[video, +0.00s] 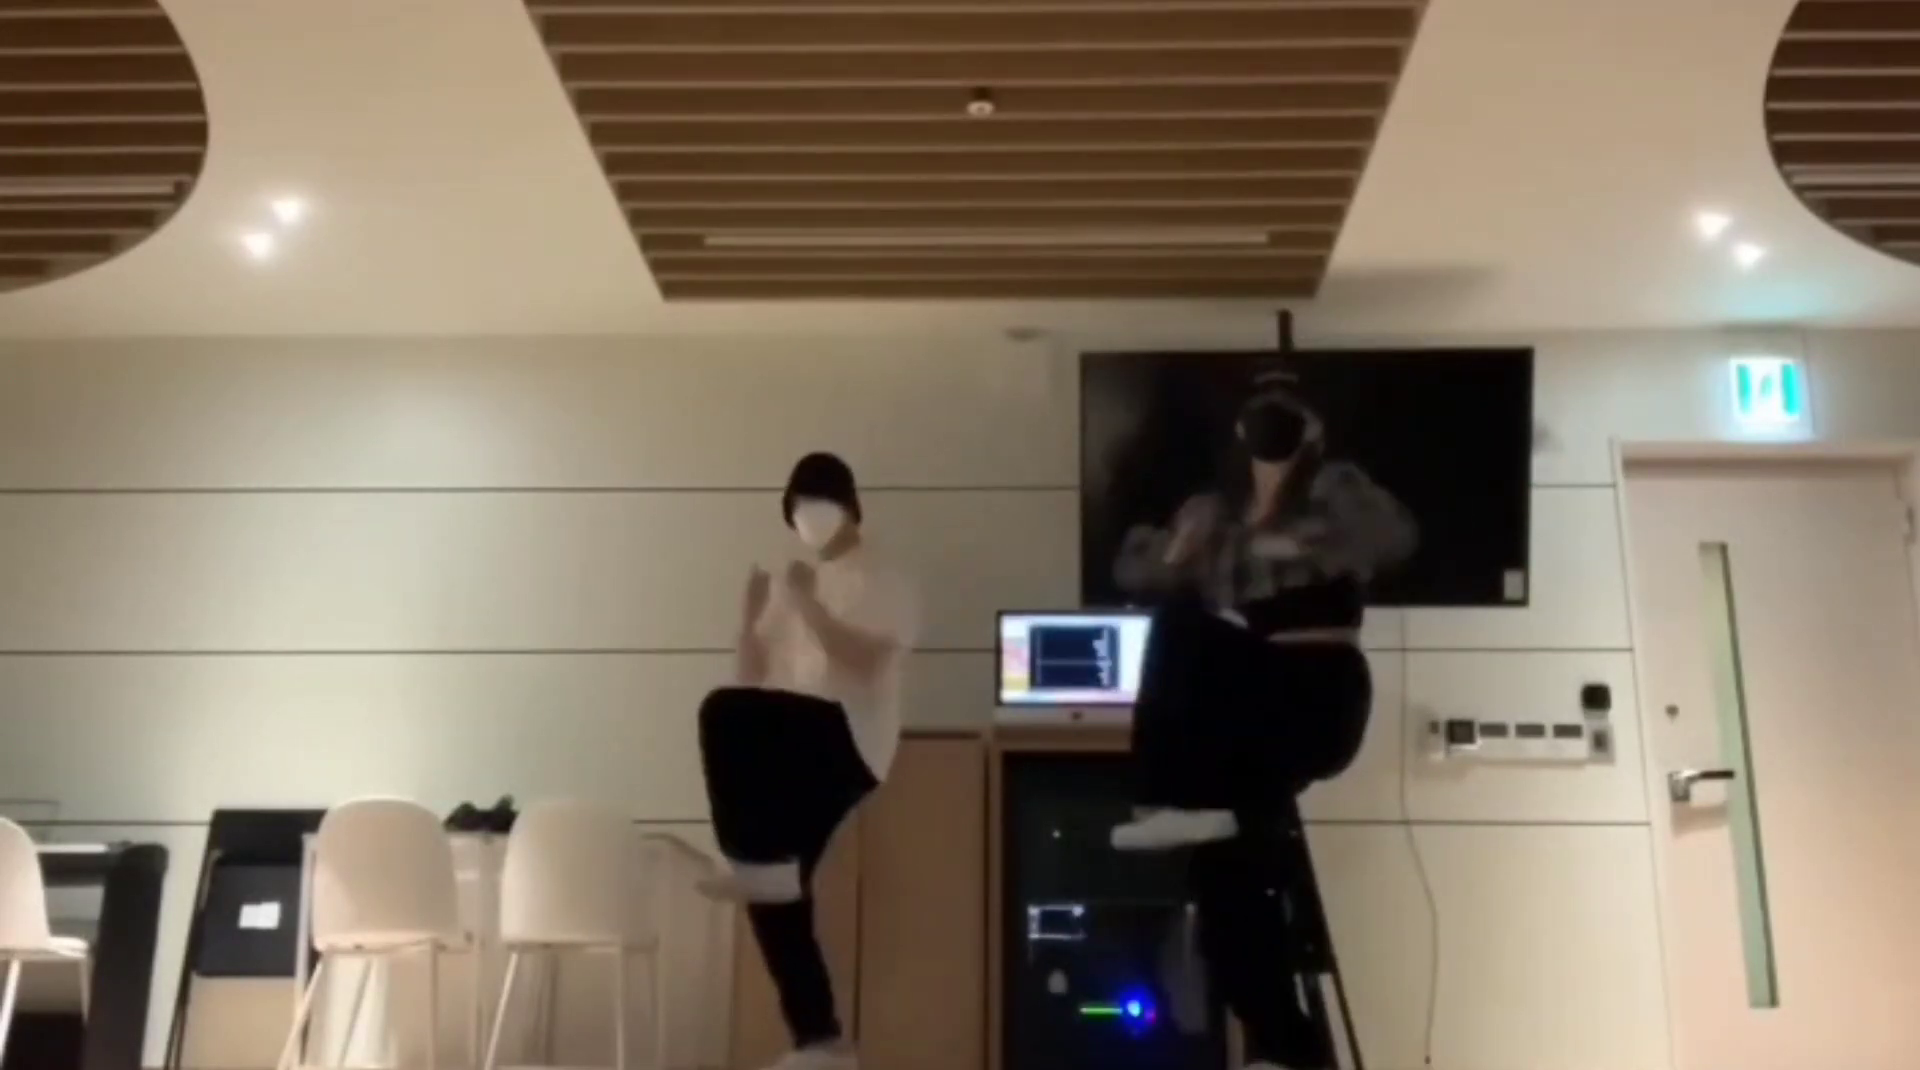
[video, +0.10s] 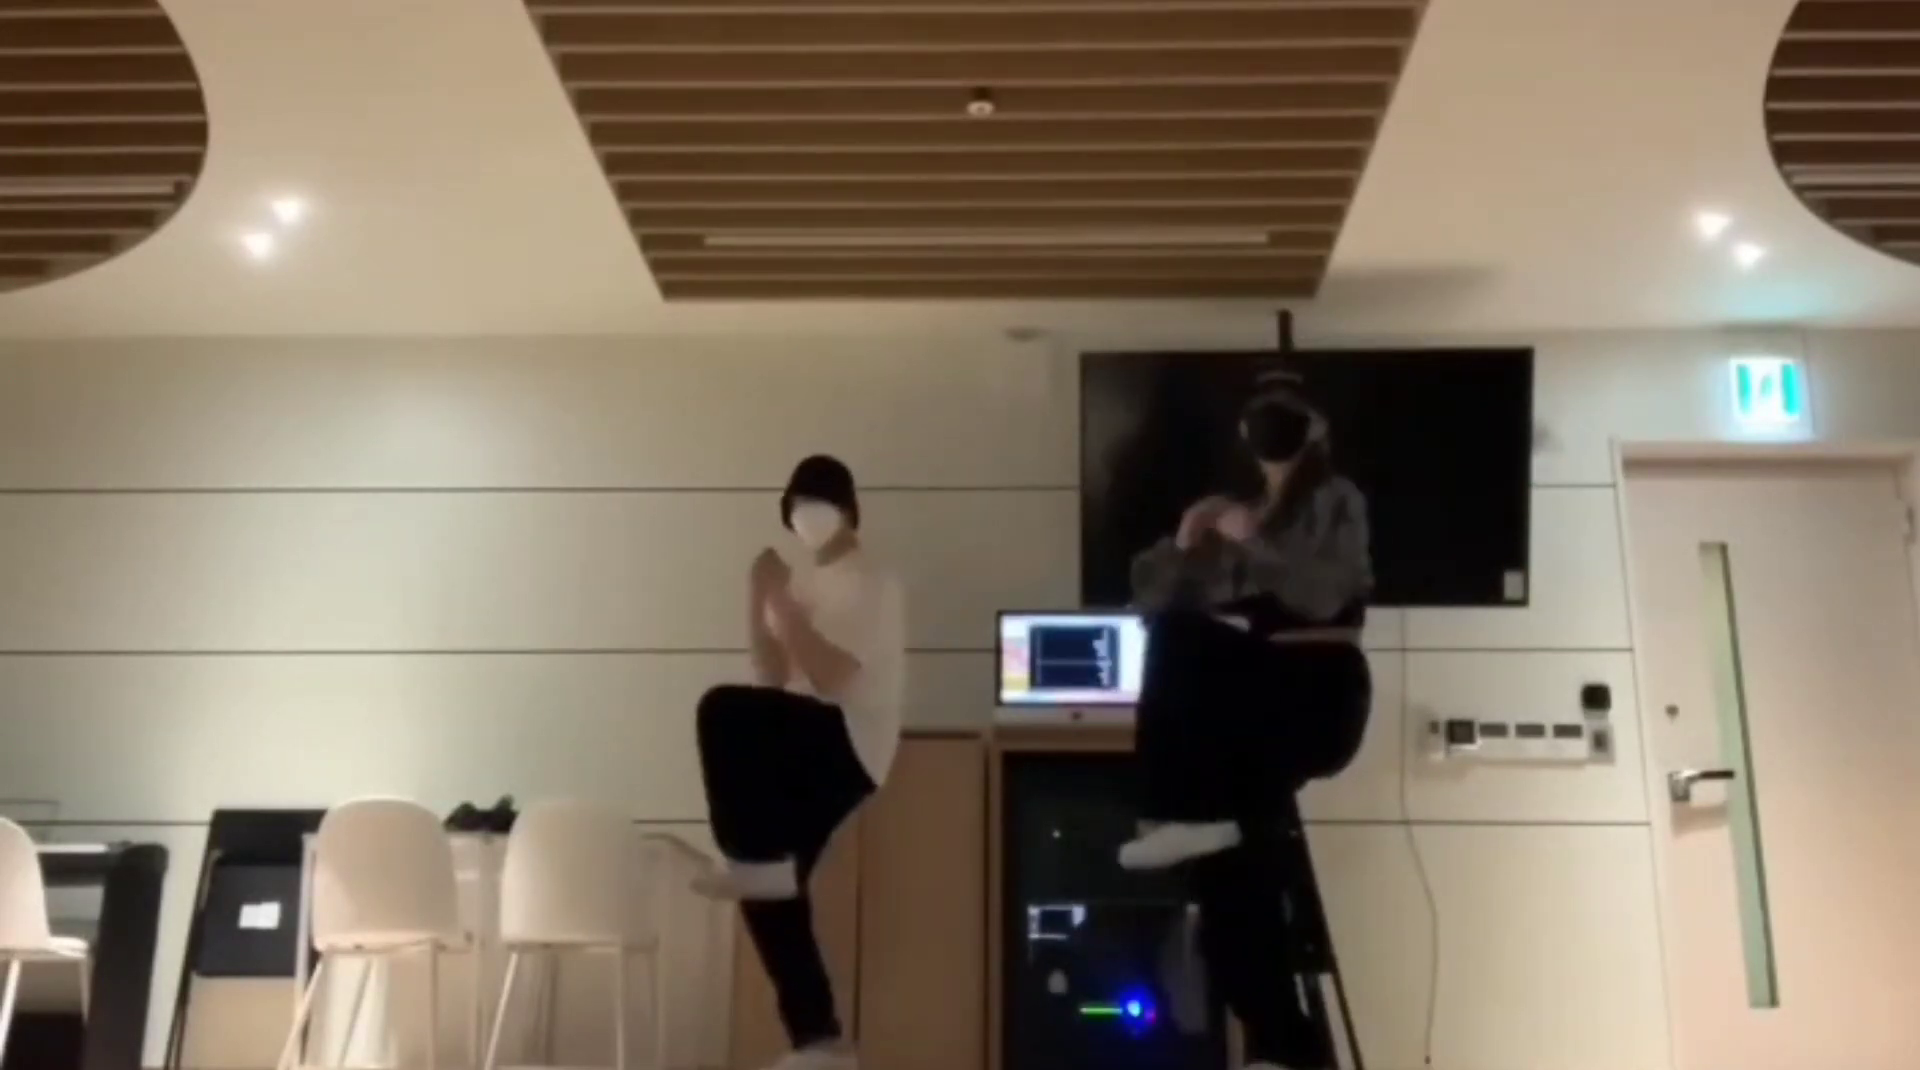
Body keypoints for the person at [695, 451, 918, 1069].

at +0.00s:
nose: (810, 521)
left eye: (822, 506)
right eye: (799, 510)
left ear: (851, 507)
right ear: (790, 516)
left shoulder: (883, 576)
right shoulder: (796, 580)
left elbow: (865, 663)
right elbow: (755, 680)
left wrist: (809, 605)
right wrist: (751, 623)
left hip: (855, 733)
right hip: (797, 736)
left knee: (726, 711)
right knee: (772, 886)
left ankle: (762, 861)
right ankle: (818, 1041)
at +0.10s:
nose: (806, 523)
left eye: (818, 508)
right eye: (796, 511)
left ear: (849, 510)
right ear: (788, 517)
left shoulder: (872, 581)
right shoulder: (803, 580)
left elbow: (834, 678)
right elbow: (773, 676)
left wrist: (788, 612)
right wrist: (761, 605)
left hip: (856, 737)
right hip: (809, 732)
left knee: (723, 708)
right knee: (769, 880)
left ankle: (759, 859)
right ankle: (816, 1040)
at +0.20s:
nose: (802, 525)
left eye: (814, 510)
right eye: (792, 513)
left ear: (844, 514)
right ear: (784, 520)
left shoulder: (873, 582)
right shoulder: (798, 582)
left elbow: (827, 669)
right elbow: (777, 681)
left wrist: (779, 606)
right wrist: (756, 614)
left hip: (857, 737)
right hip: (811, 735)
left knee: (719, 712)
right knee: (765, 887)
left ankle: (741, 866)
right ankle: (816, 1042)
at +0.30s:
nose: (804, 532)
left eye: (814, 516)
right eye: (792, 522)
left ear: (843, 517)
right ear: (784, 532)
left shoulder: (873, 585)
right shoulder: (804, 596)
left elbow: (821, 643)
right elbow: (753, 644)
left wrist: (724, 650)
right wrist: (686, 648)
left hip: (853, 740)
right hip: (808, 742)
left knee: (725, 759)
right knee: (769, 888)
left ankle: (717, 921)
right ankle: (815, 1043)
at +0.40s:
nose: (801, 531)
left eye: (813, 515)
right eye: (790, 520)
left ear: (840, 517)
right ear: (782, 527)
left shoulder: (863, 578)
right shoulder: (796, 591)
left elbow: (818, 636)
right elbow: (702, 614)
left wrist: (741, 698)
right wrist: (629, 647)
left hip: (854, 747)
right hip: (813, 751)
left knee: (753, 821)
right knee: (773, 884)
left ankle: (718, 975)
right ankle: (815, 1046)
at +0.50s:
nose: (780, 504)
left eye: (795, 491)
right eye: (770, 492)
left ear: (820, 500)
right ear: (759, 502)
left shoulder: (825, 563)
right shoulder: (776, 572)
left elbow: (871, 627)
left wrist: (895, 715)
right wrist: (678, 606)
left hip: (850, 745)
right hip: (806, 751)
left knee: (778, 892)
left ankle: (826, 1033)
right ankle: (844, 1027)